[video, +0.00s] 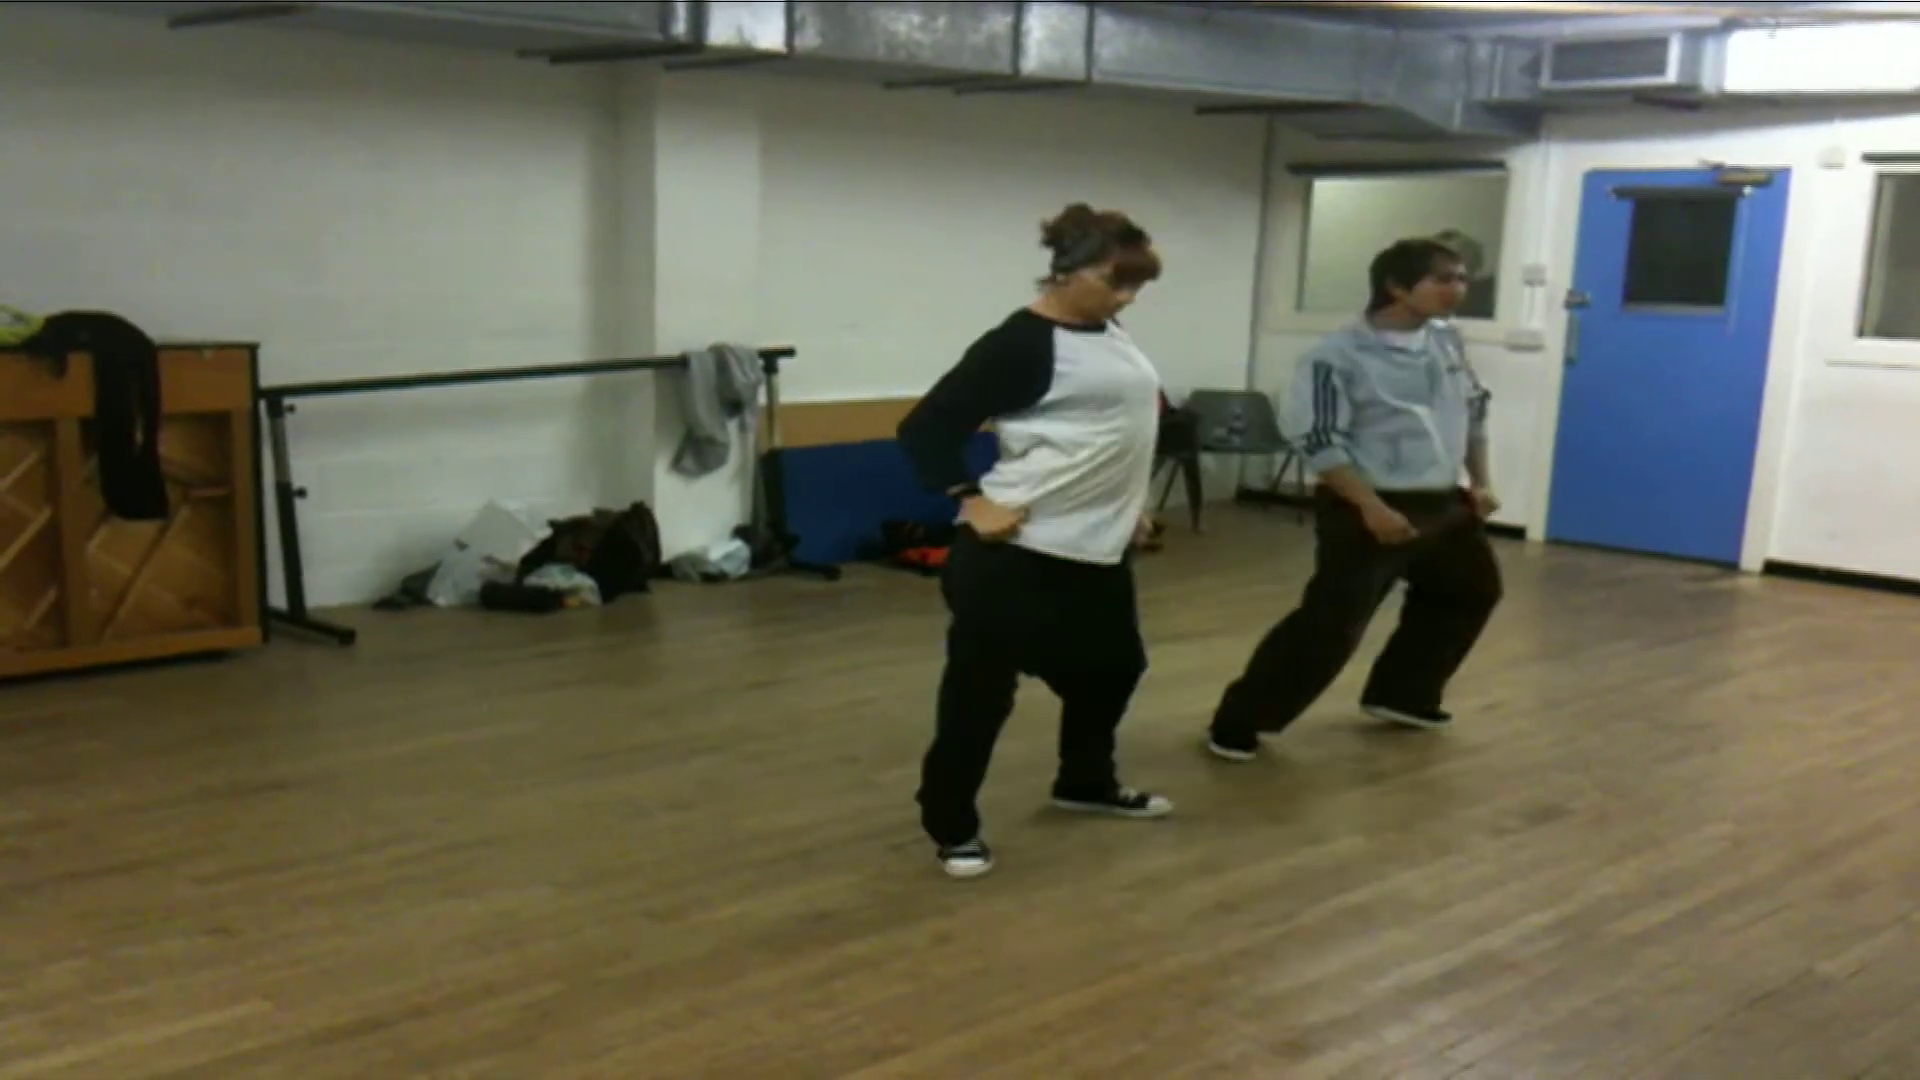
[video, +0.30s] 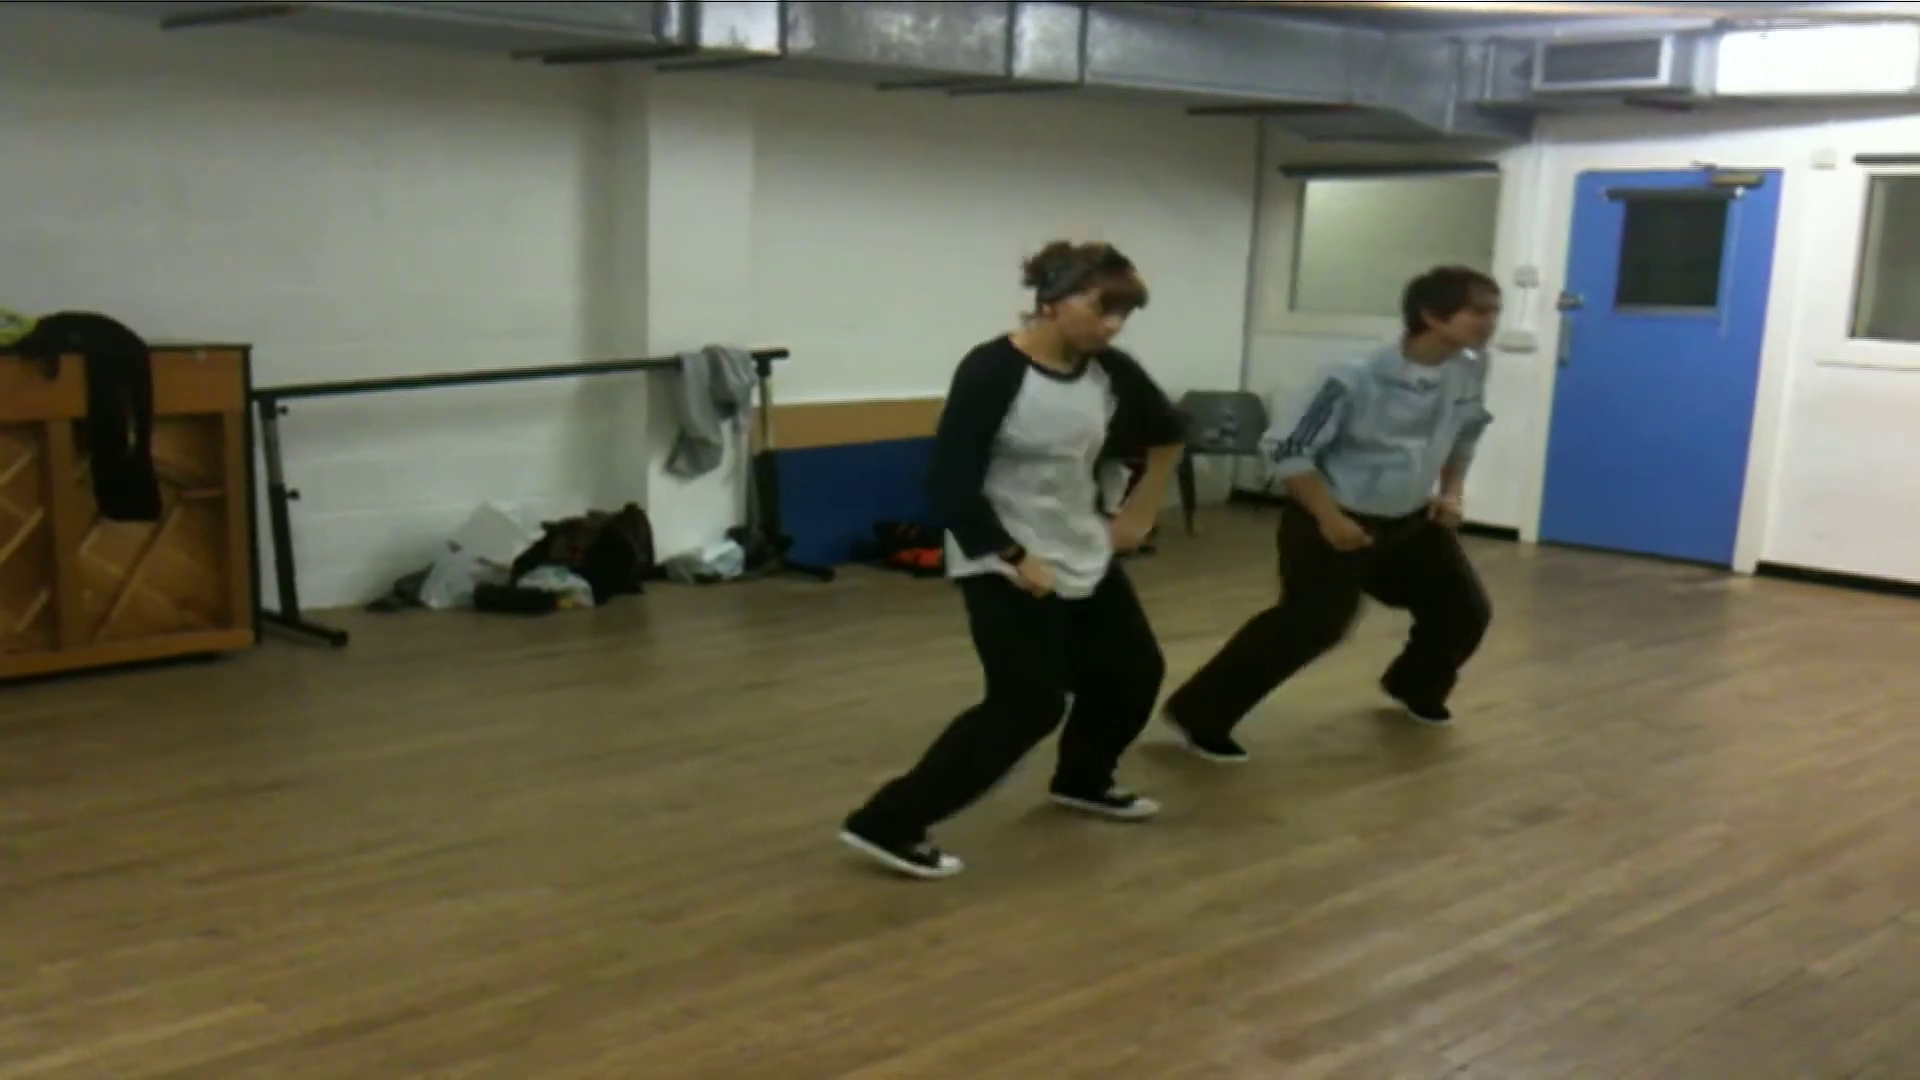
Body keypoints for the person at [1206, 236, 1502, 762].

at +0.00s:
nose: (1456, 289)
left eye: (1456, 280)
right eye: (1444, 280)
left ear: (1409, 291)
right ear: (1401, 289)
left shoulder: (1444, 342)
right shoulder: (1336, 357)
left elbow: (1472, 412)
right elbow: (1321, 449)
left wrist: (1479, 482)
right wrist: (1371, 507)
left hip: (1440, 506)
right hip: (1365, 510)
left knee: (1469, 590)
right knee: (1330, 625)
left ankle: (1400, 692)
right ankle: (1237, 721)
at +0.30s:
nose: (1489, 323)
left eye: (1491, 313)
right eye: (1480, 312)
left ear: (1442, 320)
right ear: (1435, 318)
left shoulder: (1468, 372)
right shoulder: (1356, 378)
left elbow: (1466, 434)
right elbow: (1288, 454)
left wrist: (1451, 492)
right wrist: (1329, 516)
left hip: (1405, 528)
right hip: (1328, 525)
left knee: (1462, 611)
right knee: (1315, 620)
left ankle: (1415, 683)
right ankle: (1198, 712)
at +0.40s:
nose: (1516, 351)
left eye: (1518, 340)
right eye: (1507, 339)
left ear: (1473, 346)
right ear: (1463, 342)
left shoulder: (1495, 391)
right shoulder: (1380, 389)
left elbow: (1489, 446)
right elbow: (1305, 470)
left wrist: (1456, 500)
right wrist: (1354, 515)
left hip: (1409, 518)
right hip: (1336, 512)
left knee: (1455, 622)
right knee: (1399, 607)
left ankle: (1433, 697)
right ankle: (1283, 691)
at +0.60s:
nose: (1555, 401)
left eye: (1557, 391)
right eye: (1546, 390)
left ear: (1505, 394)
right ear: (1499, 391)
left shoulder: (1502, 430)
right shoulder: (1415, 425)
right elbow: (1304, 470)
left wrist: (1447, 514)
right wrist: (1343, 529)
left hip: (1407, 529)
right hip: (1335, 524)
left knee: (1478, 598)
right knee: (1374, 596)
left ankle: (1403, 692)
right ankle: (1336, 697)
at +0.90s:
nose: (1553, 343)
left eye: (1557, 332)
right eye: (1546, 329)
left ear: (1509, 325)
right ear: (1505, 321)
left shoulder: (1511, 373)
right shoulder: (1421, 363)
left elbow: (1468, 434)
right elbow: (1334, 438)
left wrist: (1452, 488)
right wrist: (1351, 503)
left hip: (1411, 493)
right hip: (1343, 487)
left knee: (1447, 593)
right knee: (1358, 594)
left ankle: (1402, 692)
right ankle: (1334, 711)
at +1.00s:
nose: (1531, 285)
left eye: (1532, 274)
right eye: (1522, 272)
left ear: (1495, 279)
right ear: (1480, 273)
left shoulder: (1499, 336)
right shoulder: (1409, 326)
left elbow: (1476, 413)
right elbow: (1349, 417)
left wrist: (1453, 471)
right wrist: (1368, 484)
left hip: (1417, 476)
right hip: (1348, 470)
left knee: (1416, 587)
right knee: (1353, 590)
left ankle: (1399, 689)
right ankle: (1331, 706)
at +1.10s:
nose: (1484, 266)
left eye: (1489, 256)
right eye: (1471, 255)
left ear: (1493, 264)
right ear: (1436, 263)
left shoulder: (1483, 334)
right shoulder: (1386, 328)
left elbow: (1474, 412)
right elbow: (1348, 424)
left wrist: (1457, 476)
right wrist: (1373, 489)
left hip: (1425, 485)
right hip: (1356, 482)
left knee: (1417, 595)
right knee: (1361, 595)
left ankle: (1399, 690)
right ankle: (1333, 709)